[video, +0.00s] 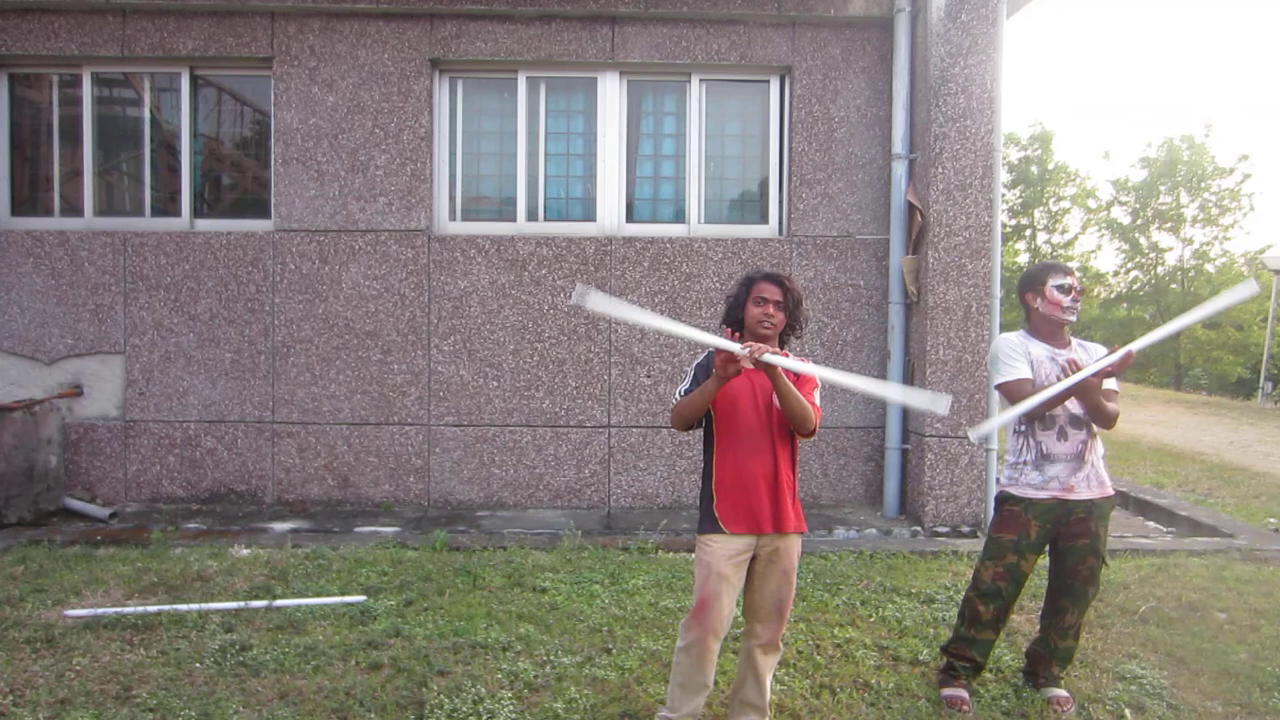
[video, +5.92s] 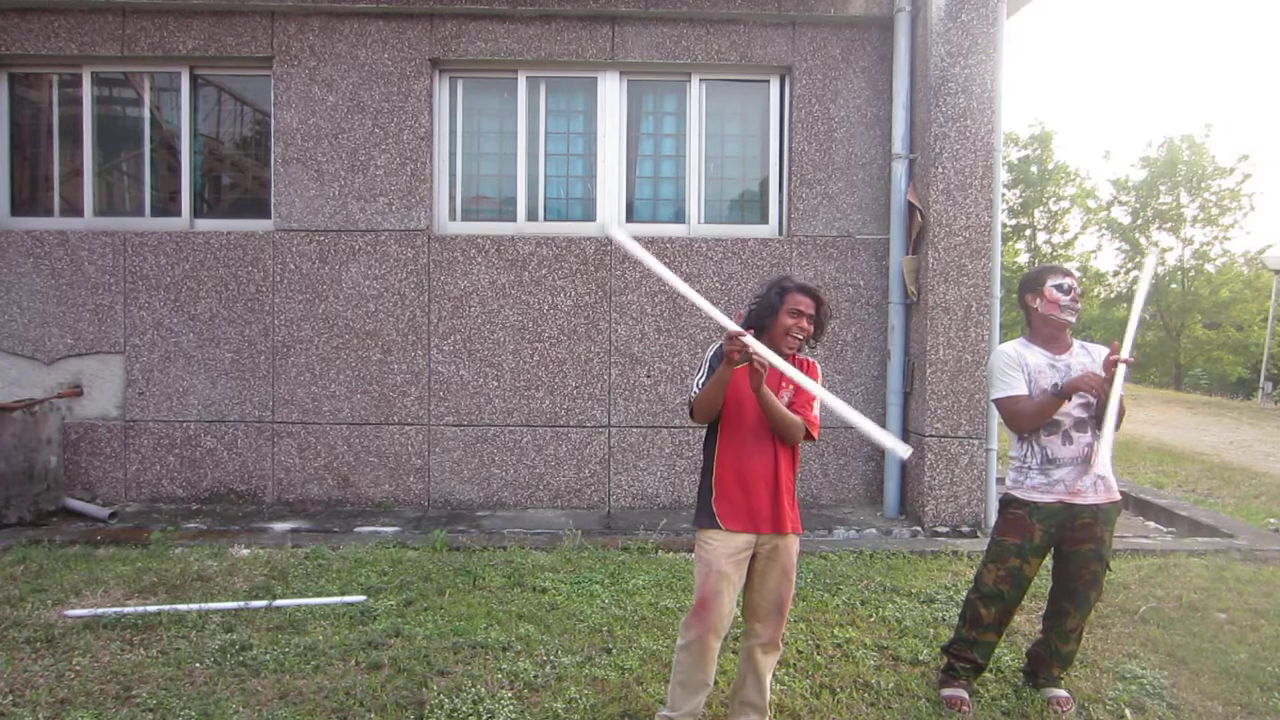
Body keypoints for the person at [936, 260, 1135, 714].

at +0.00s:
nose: (1074, 298)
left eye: (1078, 292)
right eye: (1063, 289)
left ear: (1079, 303)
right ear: (1032, 298)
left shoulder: (1095, 353)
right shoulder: (1008, 346)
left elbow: (1109, 418)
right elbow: (1030, 407)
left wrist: (1083, 386)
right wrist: (1099, 372)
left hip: (1088, 494)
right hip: (1027, 492)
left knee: (1076, 592)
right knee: (994, 584)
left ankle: (1045, 671)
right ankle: (957, 674)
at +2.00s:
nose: (1071, 298)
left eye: (1074, 292)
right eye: (1059, 290)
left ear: (1076, 303)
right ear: (1028, 301)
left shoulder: (1095, 355)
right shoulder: (1006, 352)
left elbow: (1110, 417)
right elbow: (1016, 415)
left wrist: (1098, 430)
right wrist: (1075, 395)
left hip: (1087, 496)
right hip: (1025, 494)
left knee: (1075, 593)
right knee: (992, 584)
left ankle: (1044, 671)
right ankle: (957, 674)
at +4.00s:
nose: (1071, 298)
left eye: (1073, 292)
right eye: (1058, 291)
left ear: (1076, 304)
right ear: (1028, 302)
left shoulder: (1096, 355)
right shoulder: (1005, 355)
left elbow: (1109, 422)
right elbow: (1015, 420)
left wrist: (1091, 403)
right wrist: (1062, 390)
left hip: (1087, 497)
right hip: (1027, 496)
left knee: (1077, 592)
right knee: (994, 585)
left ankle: (1045, 670)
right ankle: (957, 674)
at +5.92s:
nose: (1073, 298)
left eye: (1077, 292)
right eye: (1062, 289)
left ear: (1080, 306)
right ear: (1031, 300)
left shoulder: (1095, 355)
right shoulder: (1008, 355)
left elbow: (1113, 423)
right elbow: (1020, 421)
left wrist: (1113, 384)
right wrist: (1067, 389)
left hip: (1093, 500)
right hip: (1032, 498)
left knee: (1077, 599)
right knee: (996, 588)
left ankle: (1046, 673)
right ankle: (957, 675)